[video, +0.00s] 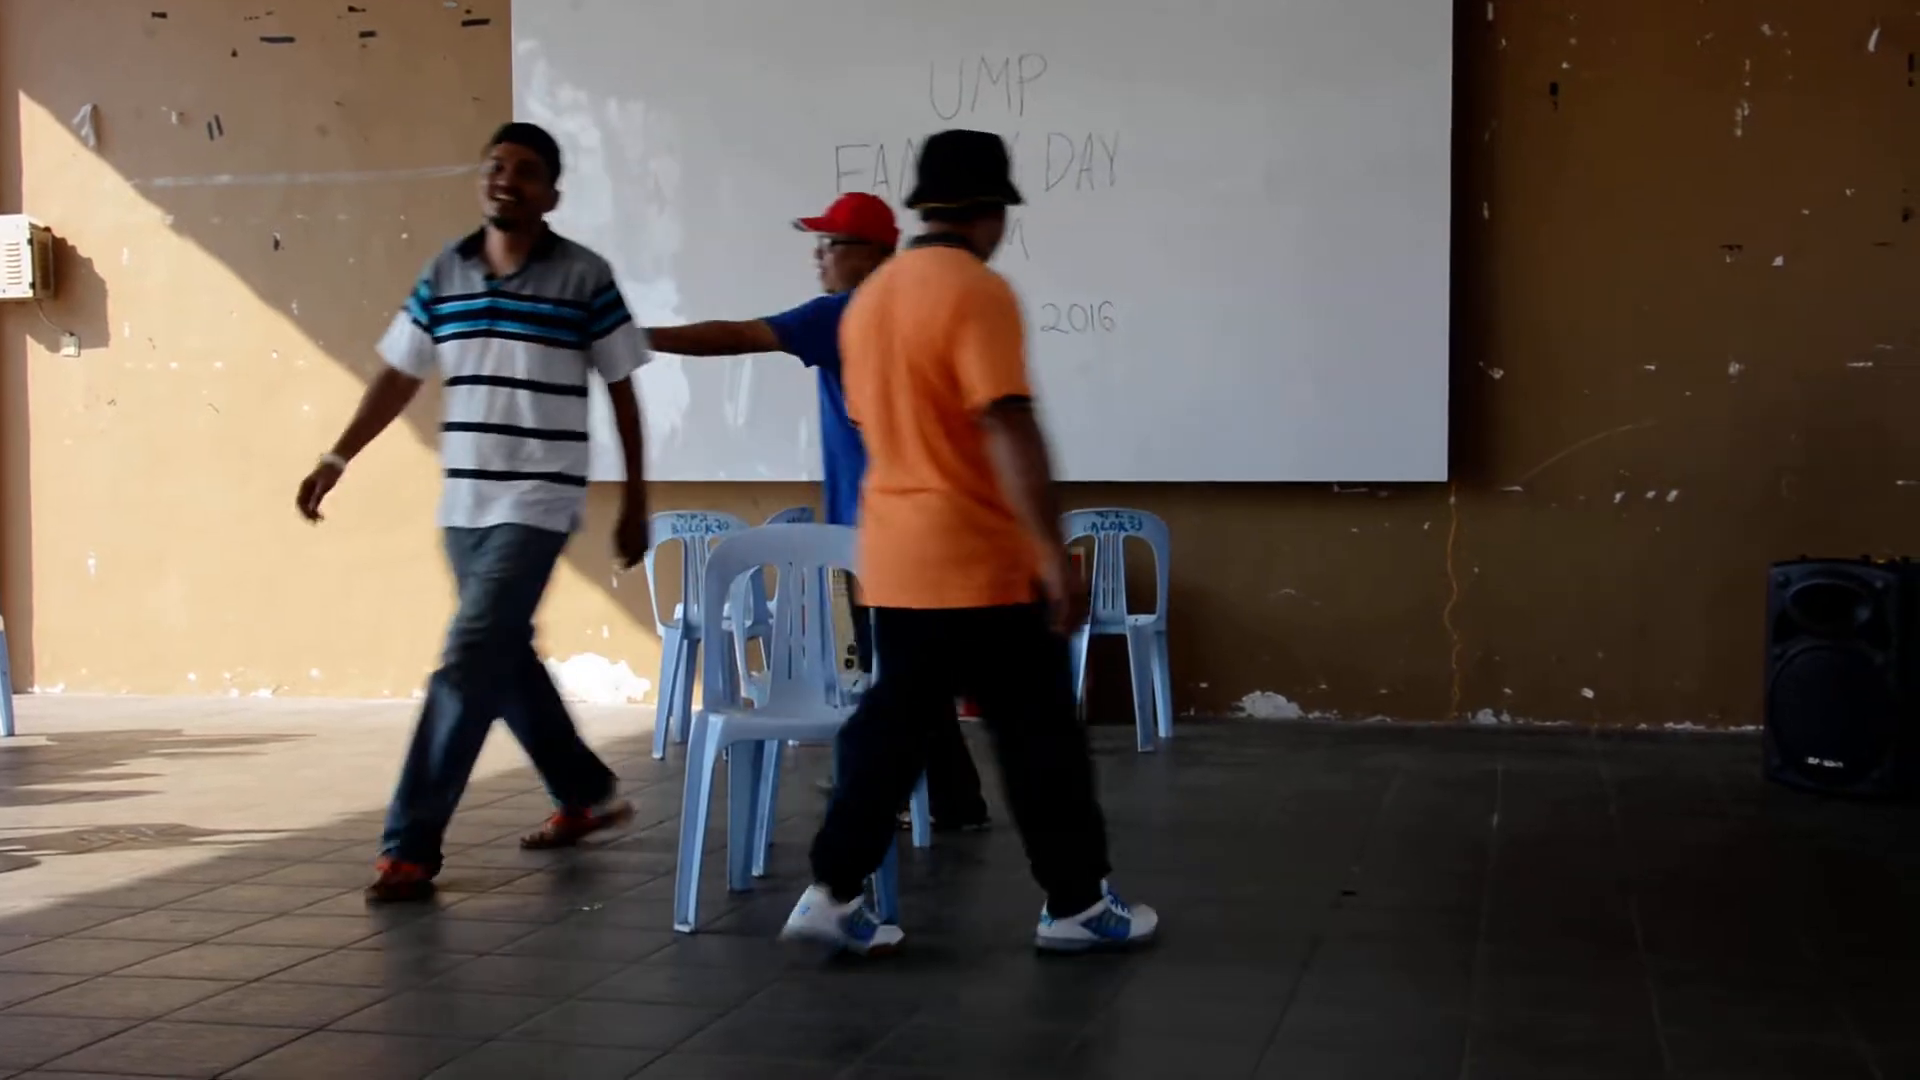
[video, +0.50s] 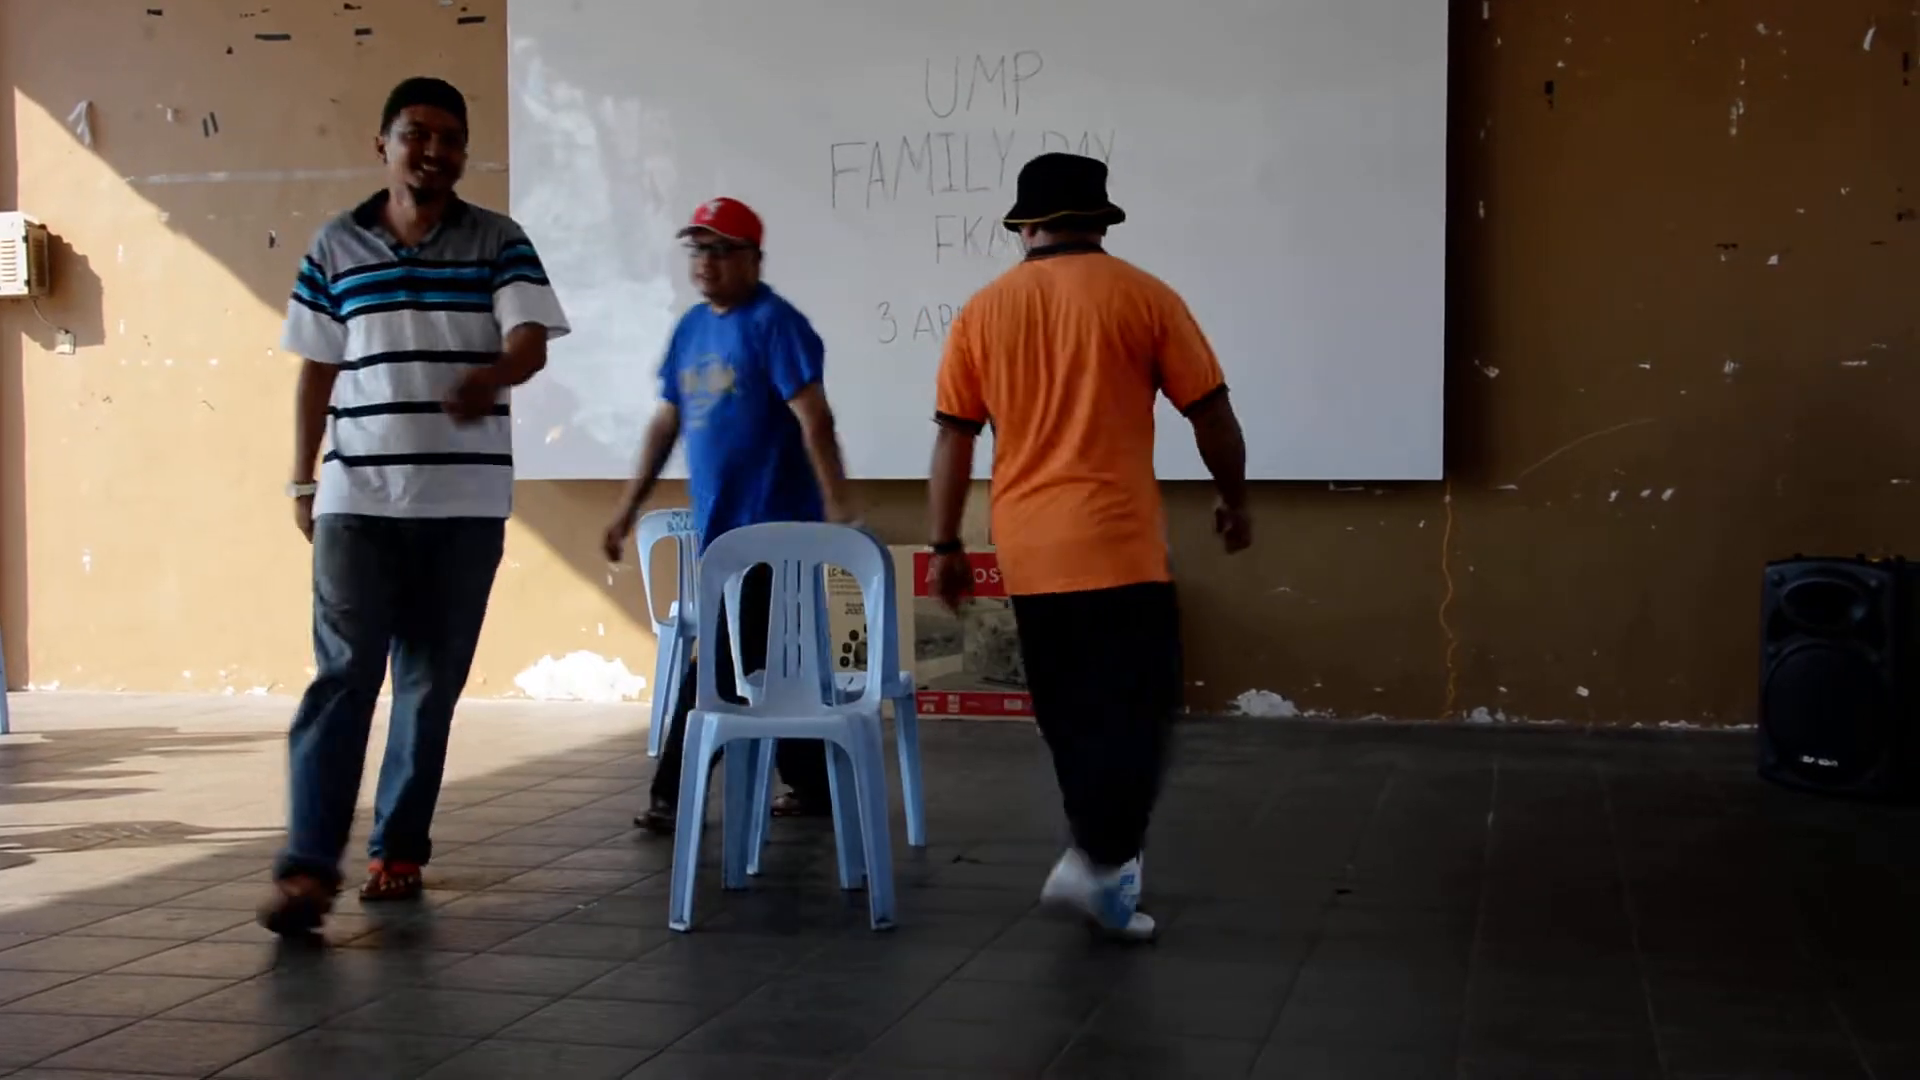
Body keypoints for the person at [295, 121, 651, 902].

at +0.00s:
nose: (503, 181)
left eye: (521, 172)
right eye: (495, 169)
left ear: (552, 191)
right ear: (477, 182)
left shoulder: (584, 277)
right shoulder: (446, 275)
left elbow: (623, 388)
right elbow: (398, 374)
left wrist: (636, 501)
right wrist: (337, 458)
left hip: (540, 503)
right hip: (463, 502)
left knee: (467, 662)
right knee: (503, 658)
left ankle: (411, 849)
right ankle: (588, 793)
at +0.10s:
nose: (479, 181)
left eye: (497, 171)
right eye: (470, 167)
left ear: (527, 187)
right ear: (452, 177)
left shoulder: (558, 276)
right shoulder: (417, 270)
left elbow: (588, 398)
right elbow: (380, 377)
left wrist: (598, 509)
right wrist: (329, 468)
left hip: (508, 502)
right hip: (427, 500)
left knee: (432, 673)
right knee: (427, 674)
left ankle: (404, 854)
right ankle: (533, 759)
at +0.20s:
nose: (461, 175)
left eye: (480, 163)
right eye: (448, 160)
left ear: (504, 178)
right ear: (427, 169)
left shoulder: (537, 266)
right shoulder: (393, 264)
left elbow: (561, 390)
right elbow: (367, 378)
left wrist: (562, 499)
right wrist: (325, 475)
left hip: (486, 510)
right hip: (395, 503)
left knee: (429, 677)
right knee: (361, 660)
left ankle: (403, 850)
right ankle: (444, 761)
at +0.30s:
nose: (443, 165)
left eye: (461, 152)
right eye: (429, 149)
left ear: (485, 165)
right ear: (406, 158)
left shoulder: (522, 252)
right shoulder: (372, 255)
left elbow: (549, 372)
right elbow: (352, 377)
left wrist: (535, 472)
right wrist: (321, 481)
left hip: (477, 510)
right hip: (376, 503)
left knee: (438, 687)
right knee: (332, 656)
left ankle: (404, 852)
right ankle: (343, 824)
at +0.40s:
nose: (431, 154)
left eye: (448, 142)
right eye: (417, 139)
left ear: (472, 158)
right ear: (392, 149)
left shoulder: (510, 241)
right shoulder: (351, 251)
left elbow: (541, 344)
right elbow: (333, 373)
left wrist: (513, 415)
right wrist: (317, 478)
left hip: (470, 502)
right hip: (367, 496)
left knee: (433, 690)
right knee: (331, 674)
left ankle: (401, 856)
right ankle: (287, 867)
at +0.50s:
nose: (432, 152)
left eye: (448, 139)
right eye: (416, 136)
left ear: (464, 153)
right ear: (383, 145)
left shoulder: (497, 241)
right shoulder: (339, 245)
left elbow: (532, 343)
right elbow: (318, 368)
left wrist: (494, 375)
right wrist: (304, 473)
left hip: (463, 504)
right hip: (358, 498)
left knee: (429, 689)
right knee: (341, 675)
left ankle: (400, 856)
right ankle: (308, 871)